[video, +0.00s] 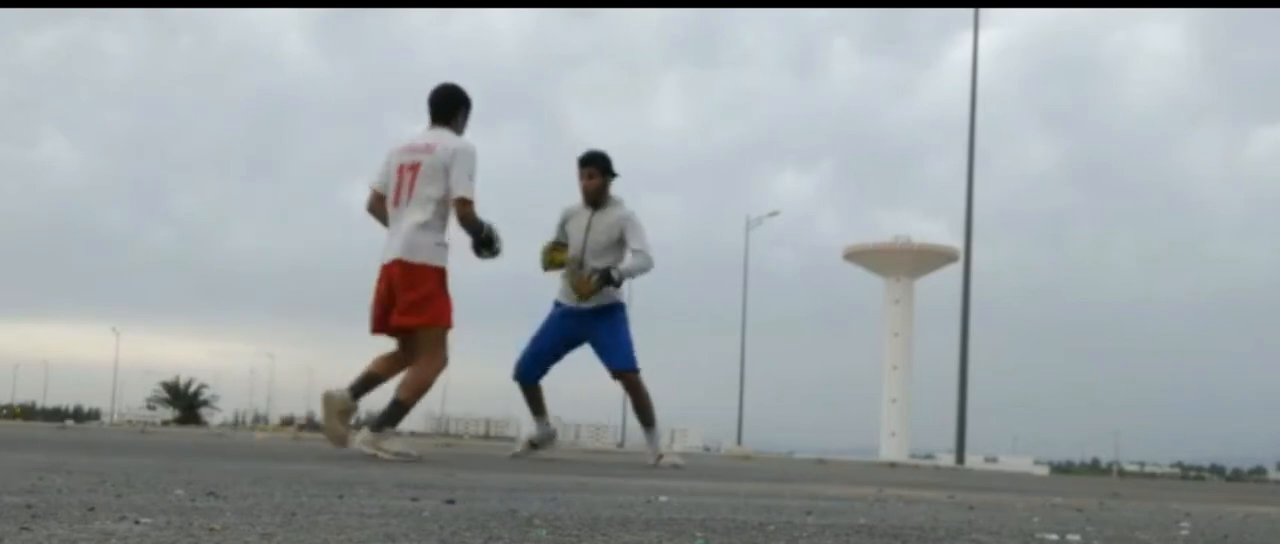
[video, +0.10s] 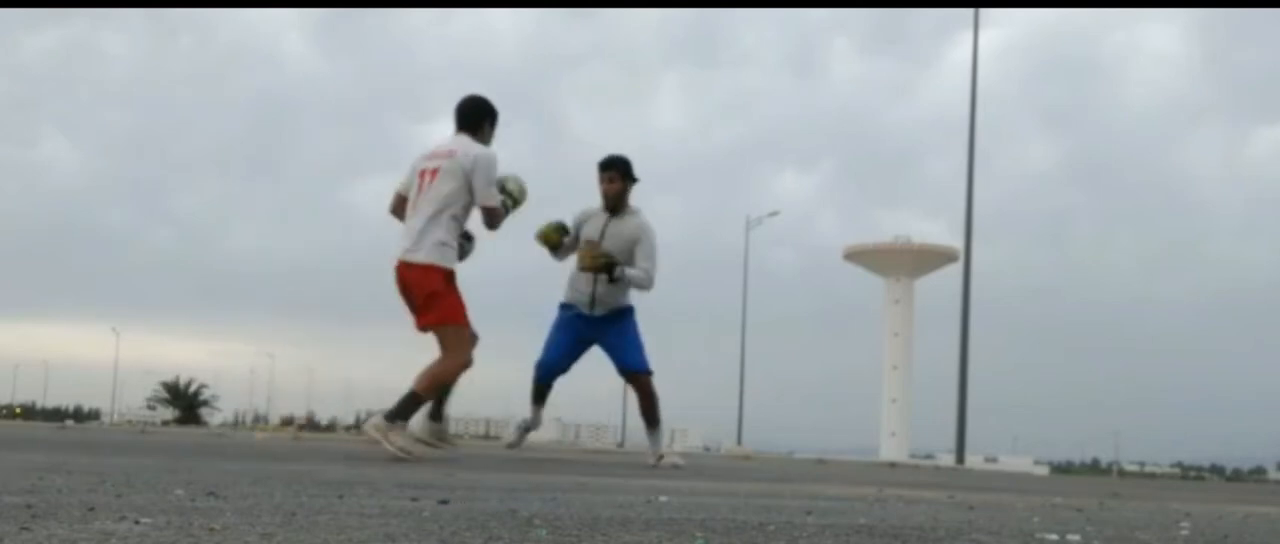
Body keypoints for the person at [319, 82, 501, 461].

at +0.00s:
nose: (467, 121)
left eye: (466, 115)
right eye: (467, 115)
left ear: (430, 113)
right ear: (461, 114)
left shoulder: (402, 149)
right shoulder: (459, 148)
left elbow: (375, 204)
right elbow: (464, 209)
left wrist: (407, 229)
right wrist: (482, 234)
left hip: (393, 262)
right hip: (424, 265)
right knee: (433, 358)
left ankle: (347, 398)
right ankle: (379, 431)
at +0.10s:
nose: (492, 133)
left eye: (492, 127)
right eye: (492, 126)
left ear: (458, 122)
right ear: (486, 125)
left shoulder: (430, 156)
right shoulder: (480, 156)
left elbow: (399, 207)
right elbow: (492, 220)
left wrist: (449, 231)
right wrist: (508, 202)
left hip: (410, 265)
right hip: (433, 267)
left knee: (462, 341)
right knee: (458, 354)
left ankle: (434, 422)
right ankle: (392, 421)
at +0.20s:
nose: (499, 152)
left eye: (498, 145)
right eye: (498, 146)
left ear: (466, 143)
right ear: (491, 145)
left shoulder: (436, 179)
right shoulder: (495, 179)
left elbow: (425, 231)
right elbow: (526, 209)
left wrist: (475, 251)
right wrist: (522, 177)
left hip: (438, 285)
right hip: (458, 287)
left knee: (501, 358)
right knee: (471, 374)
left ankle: (519, 439)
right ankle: (387, 414)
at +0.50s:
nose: (475, 134)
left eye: (474, 126)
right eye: (472, 126)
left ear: (440, 128)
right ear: (459, 128)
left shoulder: (422, 167)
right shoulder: (456, 170)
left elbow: (403, 219)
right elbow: (492, 229)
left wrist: (457, 240)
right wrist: (516, 209)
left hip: (454, 276)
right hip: (449, 277)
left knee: (497, 355)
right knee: (459, 366)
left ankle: (525, 433)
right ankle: (379, 426)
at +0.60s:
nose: (482, 128)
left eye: (481, 120)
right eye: (479, 120)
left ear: (449, 120)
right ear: (465, 121)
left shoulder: (427, 157)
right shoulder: (444, 160)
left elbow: (395, 200)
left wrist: (457, 215)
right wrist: (472, 231)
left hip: (432, 271)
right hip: (415, 271)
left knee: (492, 341)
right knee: (438, 350)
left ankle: (477, 432)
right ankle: (370, 426)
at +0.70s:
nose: (478, 129)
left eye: (477, 121)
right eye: (475, 120)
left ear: (449, 120)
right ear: (460, 121)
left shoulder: (437, 157)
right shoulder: (429, 155)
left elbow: (433, 198)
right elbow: (406, 217)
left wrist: (476, 188)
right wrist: (451, 230)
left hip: (412, 266)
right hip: (387, 261)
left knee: (468, 348)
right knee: (415, 333)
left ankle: (439, 437)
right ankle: (363, 417)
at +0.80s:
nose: (452, 129)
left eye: (452, 120)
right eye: (449, 120)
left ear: (429, 119)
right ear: (432, 118)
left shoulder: (429, 160)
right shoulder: (397, 155)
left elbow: (462, 184)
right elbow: (393, 220)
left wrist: (503, 173)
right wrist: (441, 220)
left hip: (397, 272)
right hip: (370, 266)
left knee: (458, 350)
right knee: (380, 341)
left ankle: (439, 442)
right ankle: (311, 421)